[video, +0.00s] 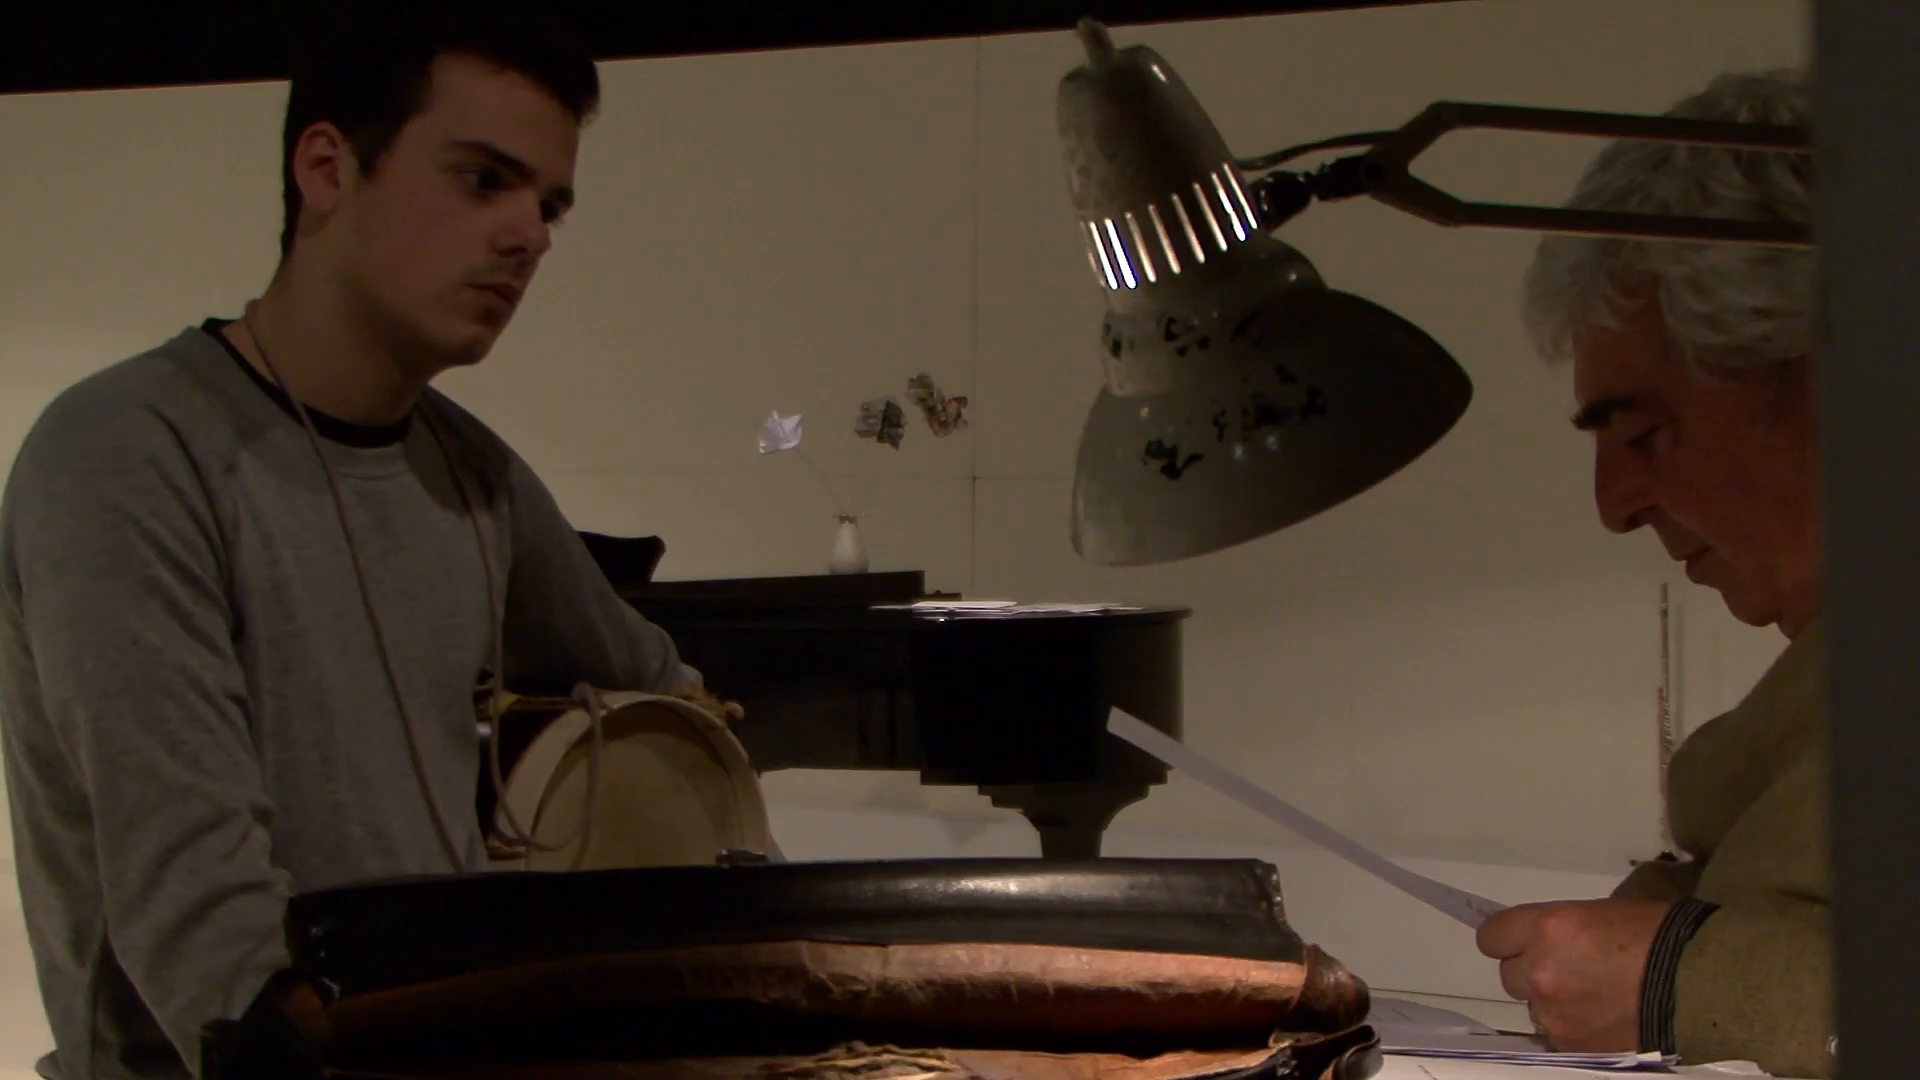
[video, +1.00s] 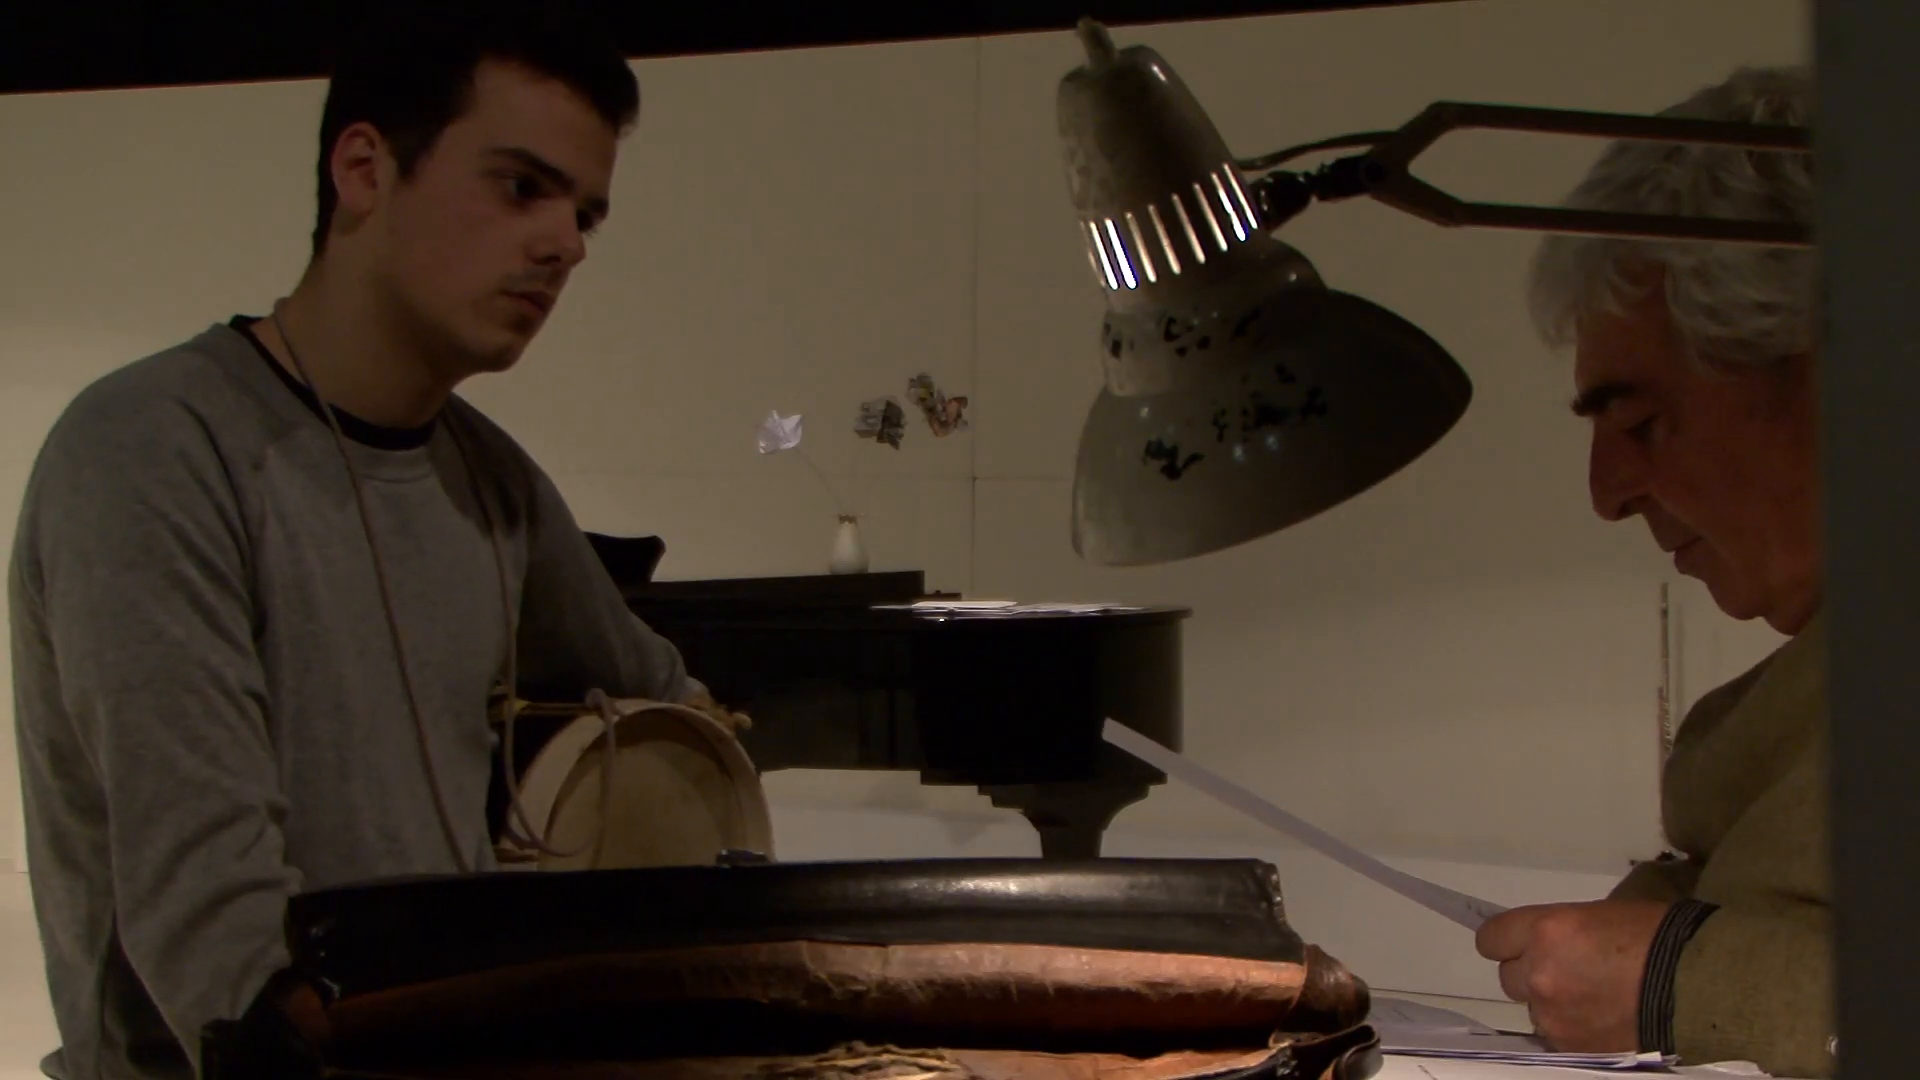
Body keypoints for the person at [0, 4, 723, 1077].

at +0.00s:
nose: (529, 237)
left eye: (550, 206)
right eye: (483, 179)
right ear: (326, 172)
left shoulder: (481, 478)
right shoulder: (115, 453)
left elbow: (662, 708)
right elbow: (196, 908)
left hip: (474, 1030)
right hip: (188, 1057)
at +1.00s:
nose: (566, 247)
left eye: (585, 217)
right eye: (521, 185)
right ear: (363, 172)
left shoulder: (500, 486)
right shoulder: (141, 449)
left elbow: (666, 715)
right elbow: (207, 913)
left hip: (475, 1039)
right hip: (192, 1061)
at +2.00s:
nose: (509, 272)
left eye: (529, 235)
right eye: (467, 212)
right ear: (314, 192)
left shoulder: (437, 483)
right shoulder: (129, 441)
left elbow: (616, 705)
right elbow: (277, 870)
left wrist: (762, 908)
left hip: (381, 1038)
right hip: (140, 1058)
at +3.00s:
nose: (499, 289)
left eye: (517, 254)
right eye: (457, 231)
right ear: (306, 202)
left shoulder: (431, 491)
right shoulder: (123, 437)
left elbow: (617, 695)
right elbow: (318, 838)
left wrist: (753, 904)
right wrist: (632, 956)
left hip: (350, 1040)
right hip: (118, 1057)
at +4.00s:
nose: (521, 303)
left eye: (543, 268)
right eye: (482, 244)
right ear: (333, 210)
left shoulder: (446, 489)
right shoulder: (122, 444)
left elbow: (652, 700)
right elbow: (280, 883)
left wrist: (743, 922)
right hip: (113, 1054)